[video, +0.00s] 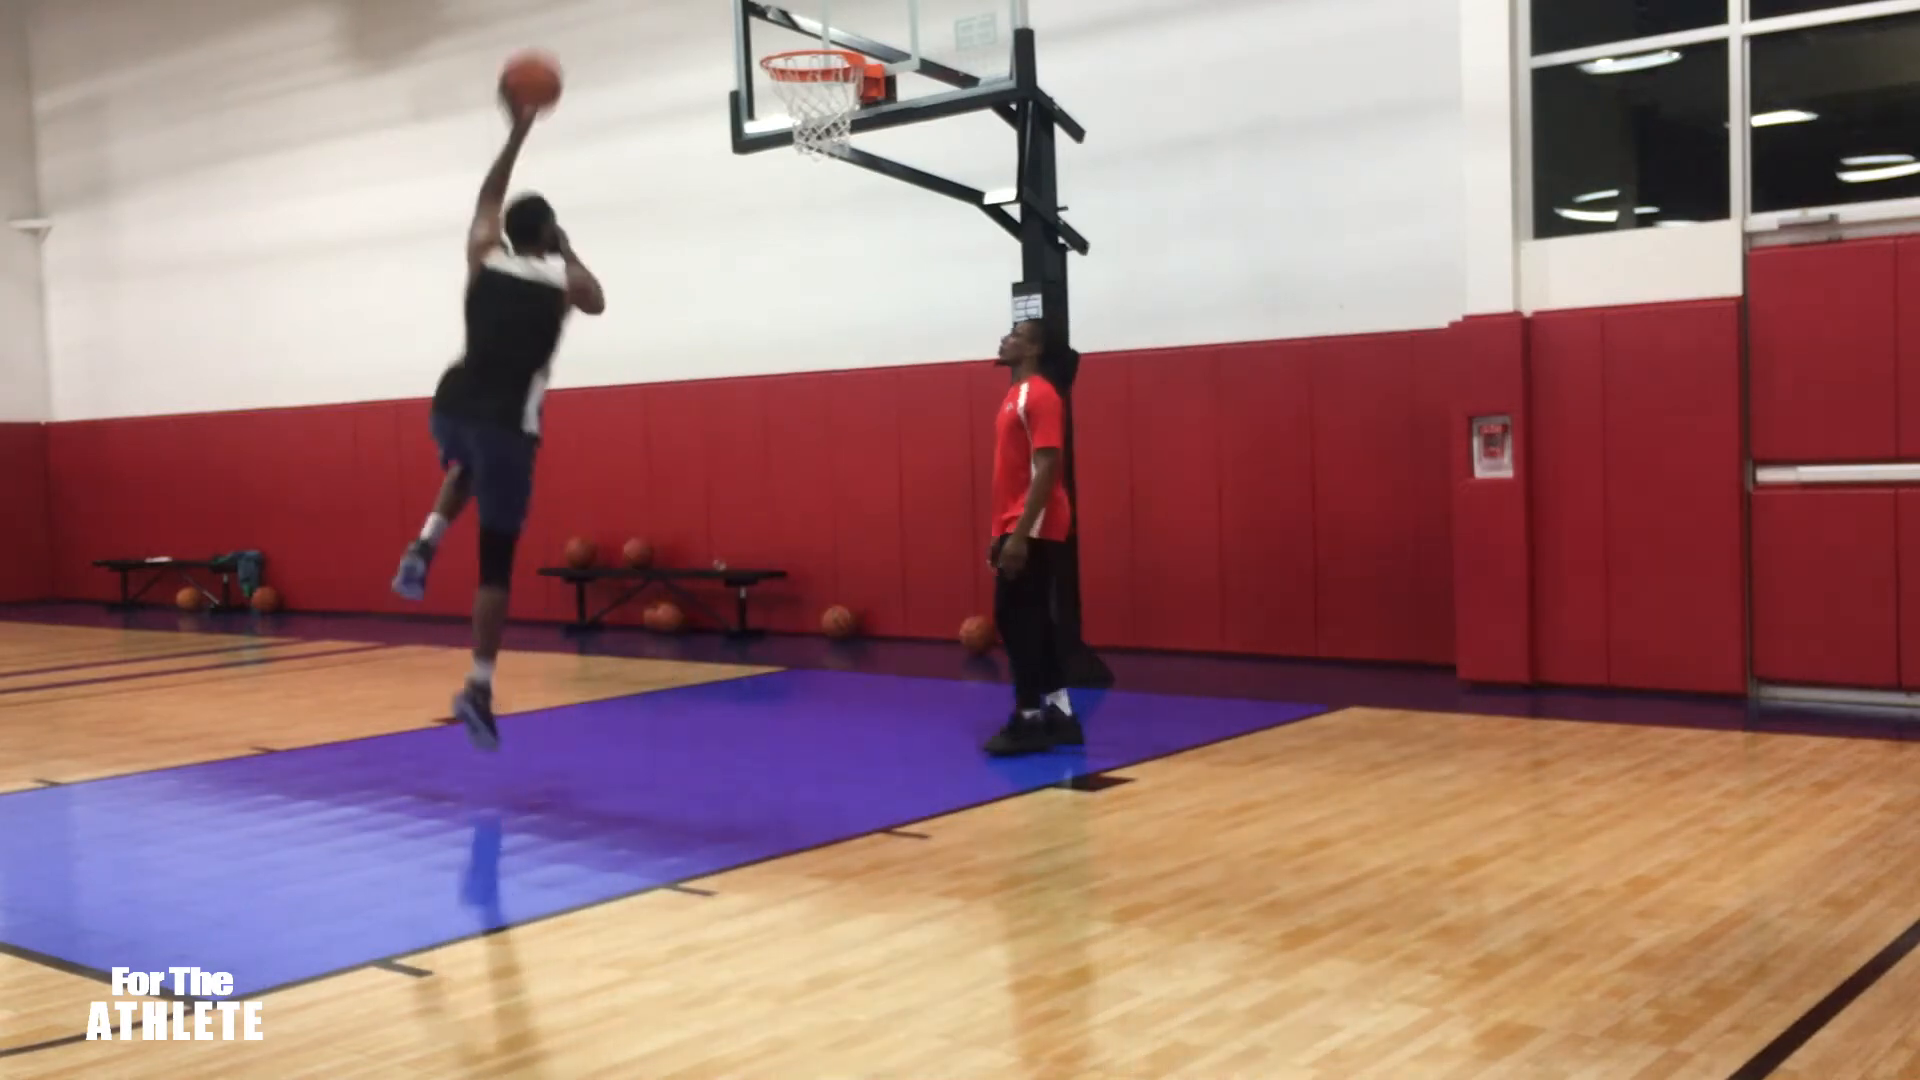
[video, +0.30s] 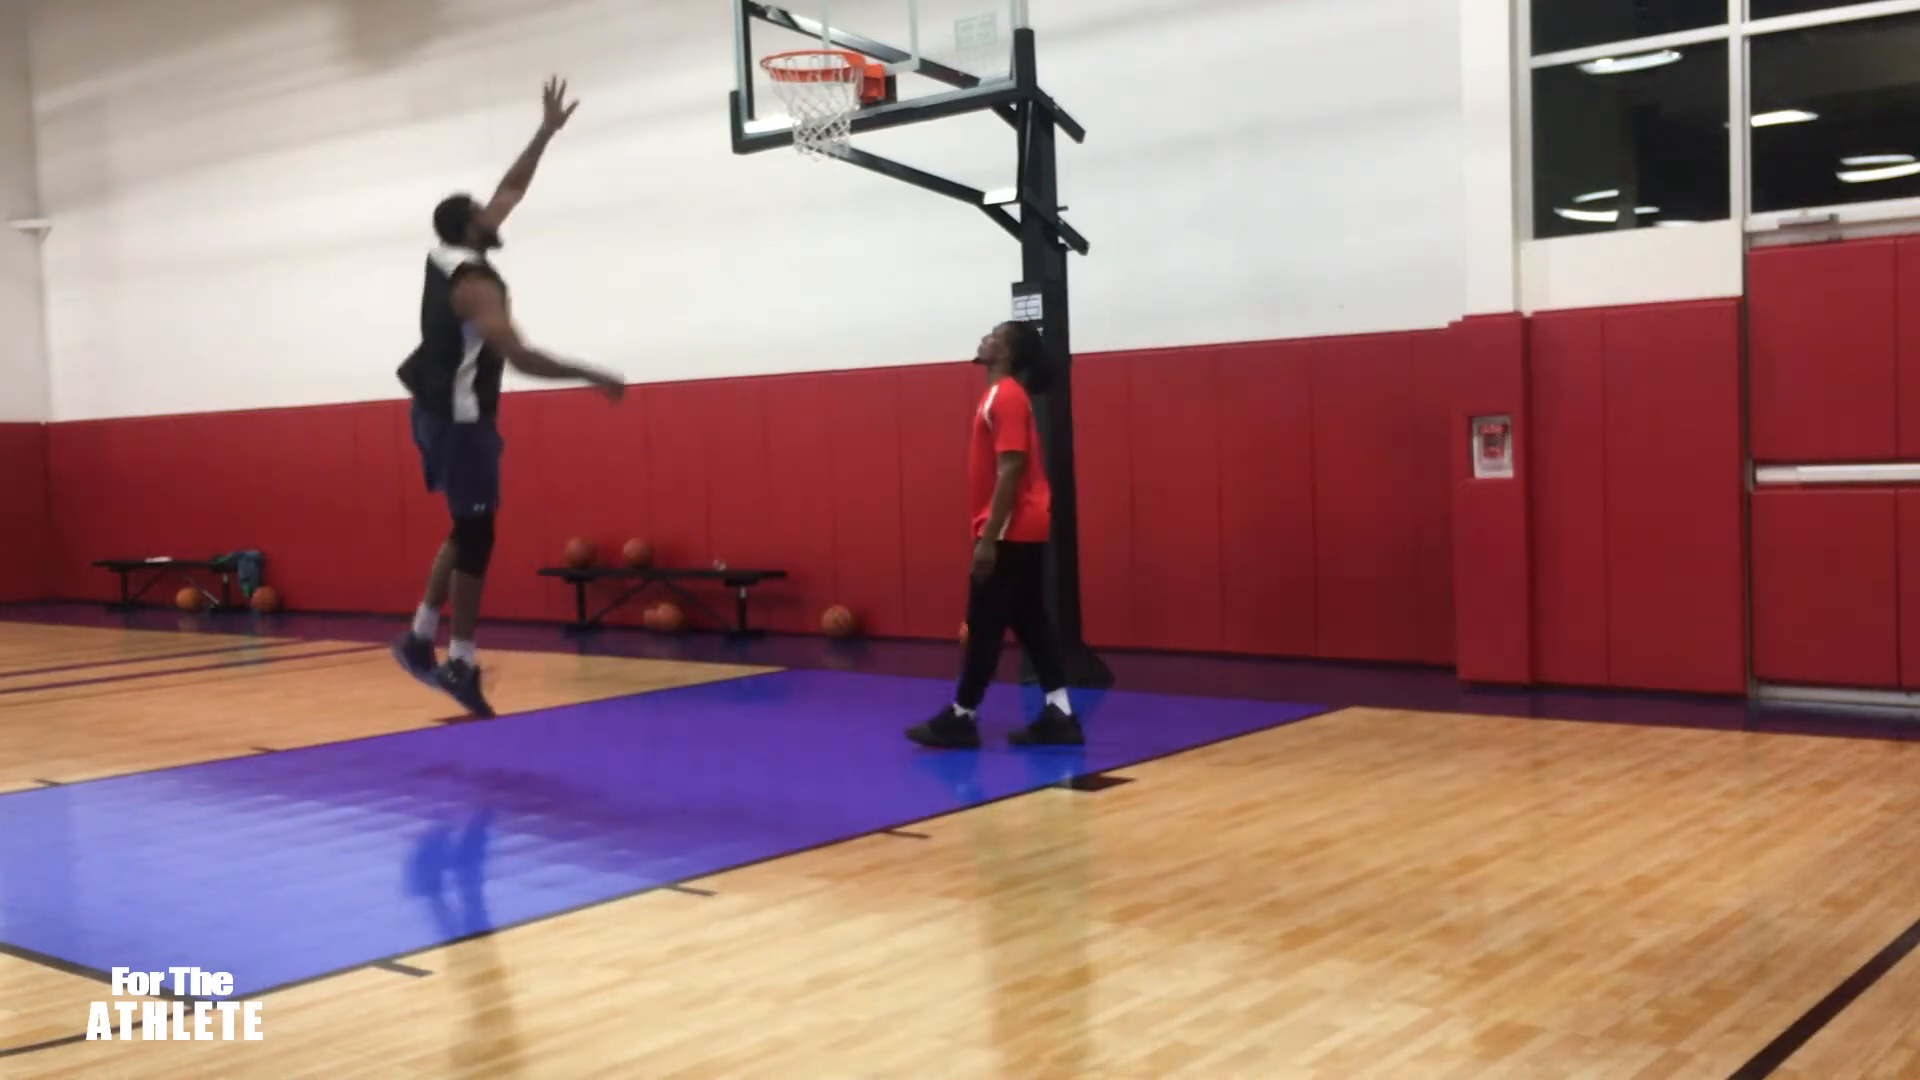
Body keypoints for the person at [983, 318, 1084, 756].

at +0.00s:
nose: (1005, 340)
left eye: (1015, 336)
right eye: (1008, 334)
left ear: (1035, 349)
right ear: (1022, 348)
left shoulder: (1039, 394)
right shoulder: (1016, 395)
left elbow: (1046, 465)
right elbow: (1014, 471)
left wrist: (1022, 533)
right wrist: (1000, 530)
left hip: (1035, 532)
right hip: (1021, 530)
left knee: (1018, 621)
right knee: (1031, 621)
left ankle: (1029, 715)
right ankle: (1057, 709)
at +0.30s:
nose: (985, 337)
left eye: (995, 335)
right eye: (990, 331)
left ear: (1009, 352)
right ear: (1004, 352)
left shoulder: (1007, 394)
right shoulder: (998, 394)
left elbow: (1012, 467)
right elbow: (1004, 466)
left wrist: (989, 536)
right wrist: (987, 528)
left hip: (1010, 534)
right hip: (1013, 532)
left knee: (984, 626)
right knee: (1031, 621)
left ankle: (962, 714)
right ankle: (1059, 710)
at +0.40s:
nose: (974, 339)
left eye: (984, 336)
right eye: (979, 334)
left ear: (997, 353)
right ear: (995, 355)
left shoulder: (992, 397)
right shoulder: (992, 396)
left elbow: (996, 468)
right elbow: (998, 469)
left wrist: (978, 539)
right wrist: (982, 530)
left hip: (996, 536)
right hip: (1007, 534)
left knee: (975, 626)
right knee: (1019, 622)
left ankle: (959, 716)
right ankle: (1057, 711)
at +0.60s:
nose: (949, 339)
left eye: (958, 337)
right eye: (954, 334)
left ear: (970, 352)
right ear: (977, 356)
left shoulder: (965, 397)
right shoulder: (972, 395)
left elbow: (966, 470)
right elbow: (974, 468)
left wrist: (945, 538)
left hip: (970, 533)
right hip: (979, 531)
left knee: (960, 620)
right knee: (974, 617)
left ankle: (956, 717)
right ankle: (1037, 694)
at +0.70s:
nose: (939, 339)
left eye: (947, 337)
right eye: (945, 335)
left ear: (957, 353)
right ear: (966, 356)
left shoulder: (954, 396)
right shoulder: (964, 395)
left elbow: (950, 471)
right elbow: (962, 469)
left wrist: (924, 539)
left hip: (962, 523)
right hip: (967, 521)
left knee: (951, 614)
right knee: (949, 612)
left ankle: (957, 718)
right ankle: (1015, 680)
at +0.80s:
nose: (929, 341)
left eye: (938, 337)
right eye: (935, 335)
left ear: (949, 353)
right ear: (957, 358)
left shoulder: (942, 396)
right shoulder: (953, 395)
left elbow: (937, 467)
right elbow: (951, 466)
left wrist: (905, 534)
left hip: (952, 521)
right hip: (956, 519)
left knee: (946, 615)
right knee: (928, 607)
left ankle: (956, 716)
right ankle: (987, 685)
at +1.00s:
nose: (908, 347)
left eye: (915, 342)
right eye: (912, 340)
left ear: (925, 354)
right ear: (935, 359)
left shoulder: (920, 397)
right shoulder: (936, 398)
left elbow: (911, 467)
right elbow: (931, 469)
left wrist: (872, 534)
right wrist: (888, 485)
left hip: (935, 520)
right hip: (933, 518)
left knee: (936, 614)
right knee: (913, 608)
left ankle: (956, 717)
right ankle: (919, 701)